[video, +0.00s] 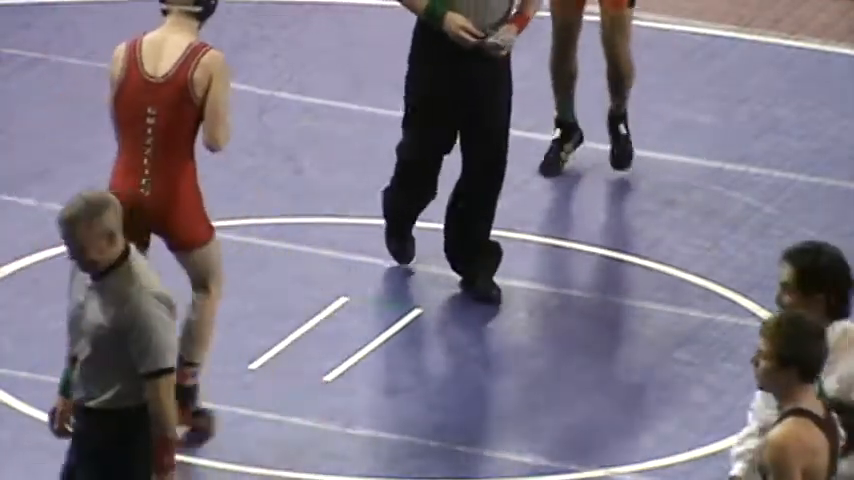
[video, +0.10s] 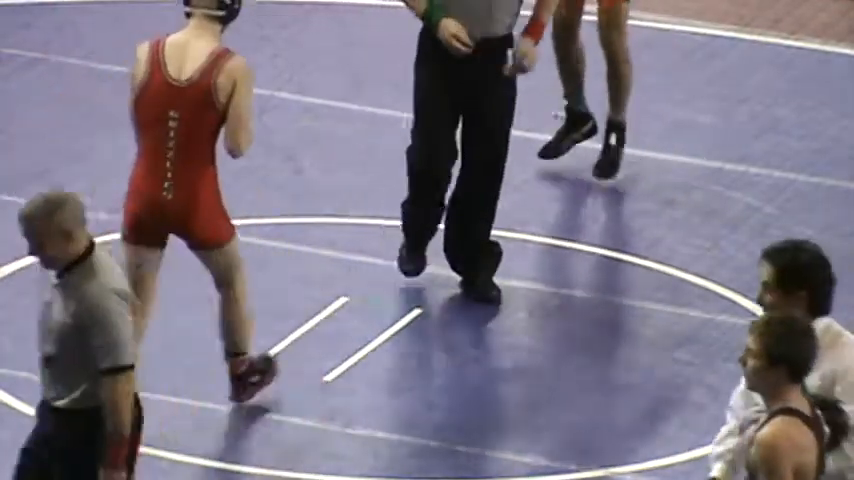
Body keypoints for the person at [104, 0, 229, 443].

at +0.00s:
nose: (203, 13)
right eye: (209, 9)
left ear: (164, 6)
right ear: (207, 10)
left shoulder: (125, 52)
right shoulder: (210, 61)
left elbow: (119, 118)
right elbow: (216, 139)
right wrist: (204, 96)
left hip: (123, 192)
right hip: (175, 199)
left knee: (113, 292)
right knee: (207, 287)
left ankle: (93, 390)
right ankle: (184, 396)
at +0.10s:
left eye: (195, 6)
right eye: (230, 8)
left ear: (187, 8)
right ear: (229, 13)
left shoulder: (147, 53)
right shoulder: (232, 68)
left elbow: (139, 122)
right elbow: (238, 145)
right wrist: (234, 103)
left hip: (144, 199)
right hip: (196, 205)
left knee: (136, 302)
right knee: (230, 284)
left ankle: (118, 393)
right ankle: (240, 373)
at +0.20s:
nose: (230, 17)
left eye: (226, 10)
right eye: (256, 14)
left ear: (218, 13)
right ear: (261, 21)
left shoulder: (176, 59)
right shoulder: (265, 79)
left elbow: (161, 134)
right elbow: (264, 158)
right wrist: (253, 118)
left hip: (164, 205)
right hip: (220, 212)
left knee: (142, 308)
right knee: (254, 290)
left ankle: (120, 407)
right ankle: (283, 358)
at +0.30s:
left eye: (261, 22)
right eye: (298, 31)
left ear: (254, 28)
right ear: (298, 34)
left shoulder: (210, 72)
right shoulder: (300, 98)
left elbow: (193, 137)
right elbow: (292, 177)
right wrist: (279, 142)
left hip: (185, 213)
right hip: (242, 220)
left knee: (145, 295)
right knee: (286, 267)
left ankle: (116, 369)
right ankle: (296, 358)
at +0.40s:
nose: (281, 52)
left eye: (282, 47)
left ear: (278, 50)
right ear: (318, 64)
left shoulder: (234, 86)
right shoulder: (320, 115)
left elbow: (217, 145)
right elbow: (308, 194)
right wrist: (288, 164)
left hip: (197, 213)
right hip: (257, 223)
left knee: (142, 275)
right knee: (303, 251)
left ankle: (113, 355)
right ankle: (297, 357)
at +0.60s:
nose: (286, 84)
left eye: (288, 80)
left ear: (288, 82)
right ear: (327, 98)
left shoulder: (251, 100)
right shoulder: (329, 126)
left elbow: (228, 152)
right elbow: (313, 206)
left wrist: (261, 187)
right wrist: (274, 201)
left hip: (202, 200)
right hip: (259, 216)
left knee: (129, 266)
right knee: (315, 249)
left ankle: (57, 333)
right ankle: (299, 357)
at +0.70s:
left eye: (285, 89)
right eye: (327, 112)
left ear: (284, 94)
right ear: (323, 107)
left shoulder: (244, 114)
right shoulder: (323, 128)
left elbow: (223, 177)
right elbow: (310, 213)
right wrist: (264, 231)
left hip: (192, 208)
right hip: (251, 219)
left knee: (124, 272)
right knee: (314, 247)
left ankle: (56, 342)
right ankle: (300, 359)